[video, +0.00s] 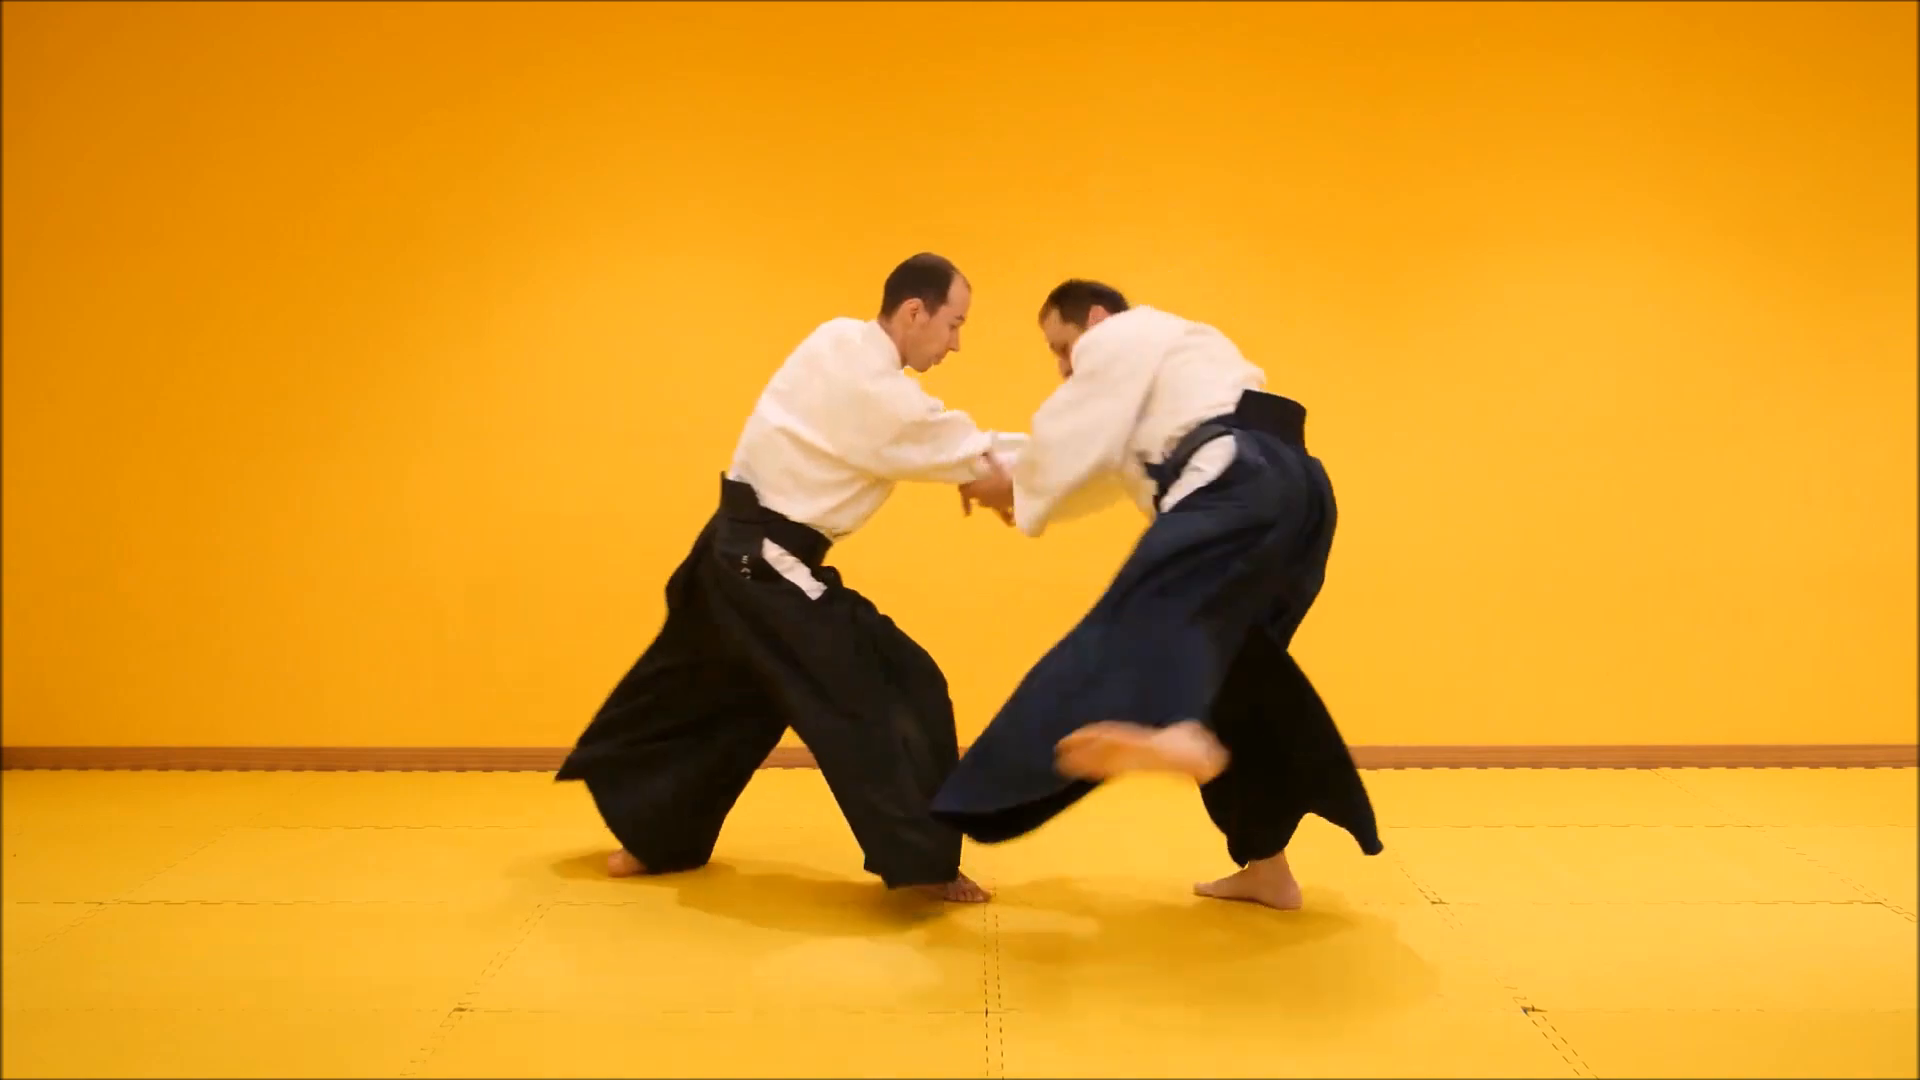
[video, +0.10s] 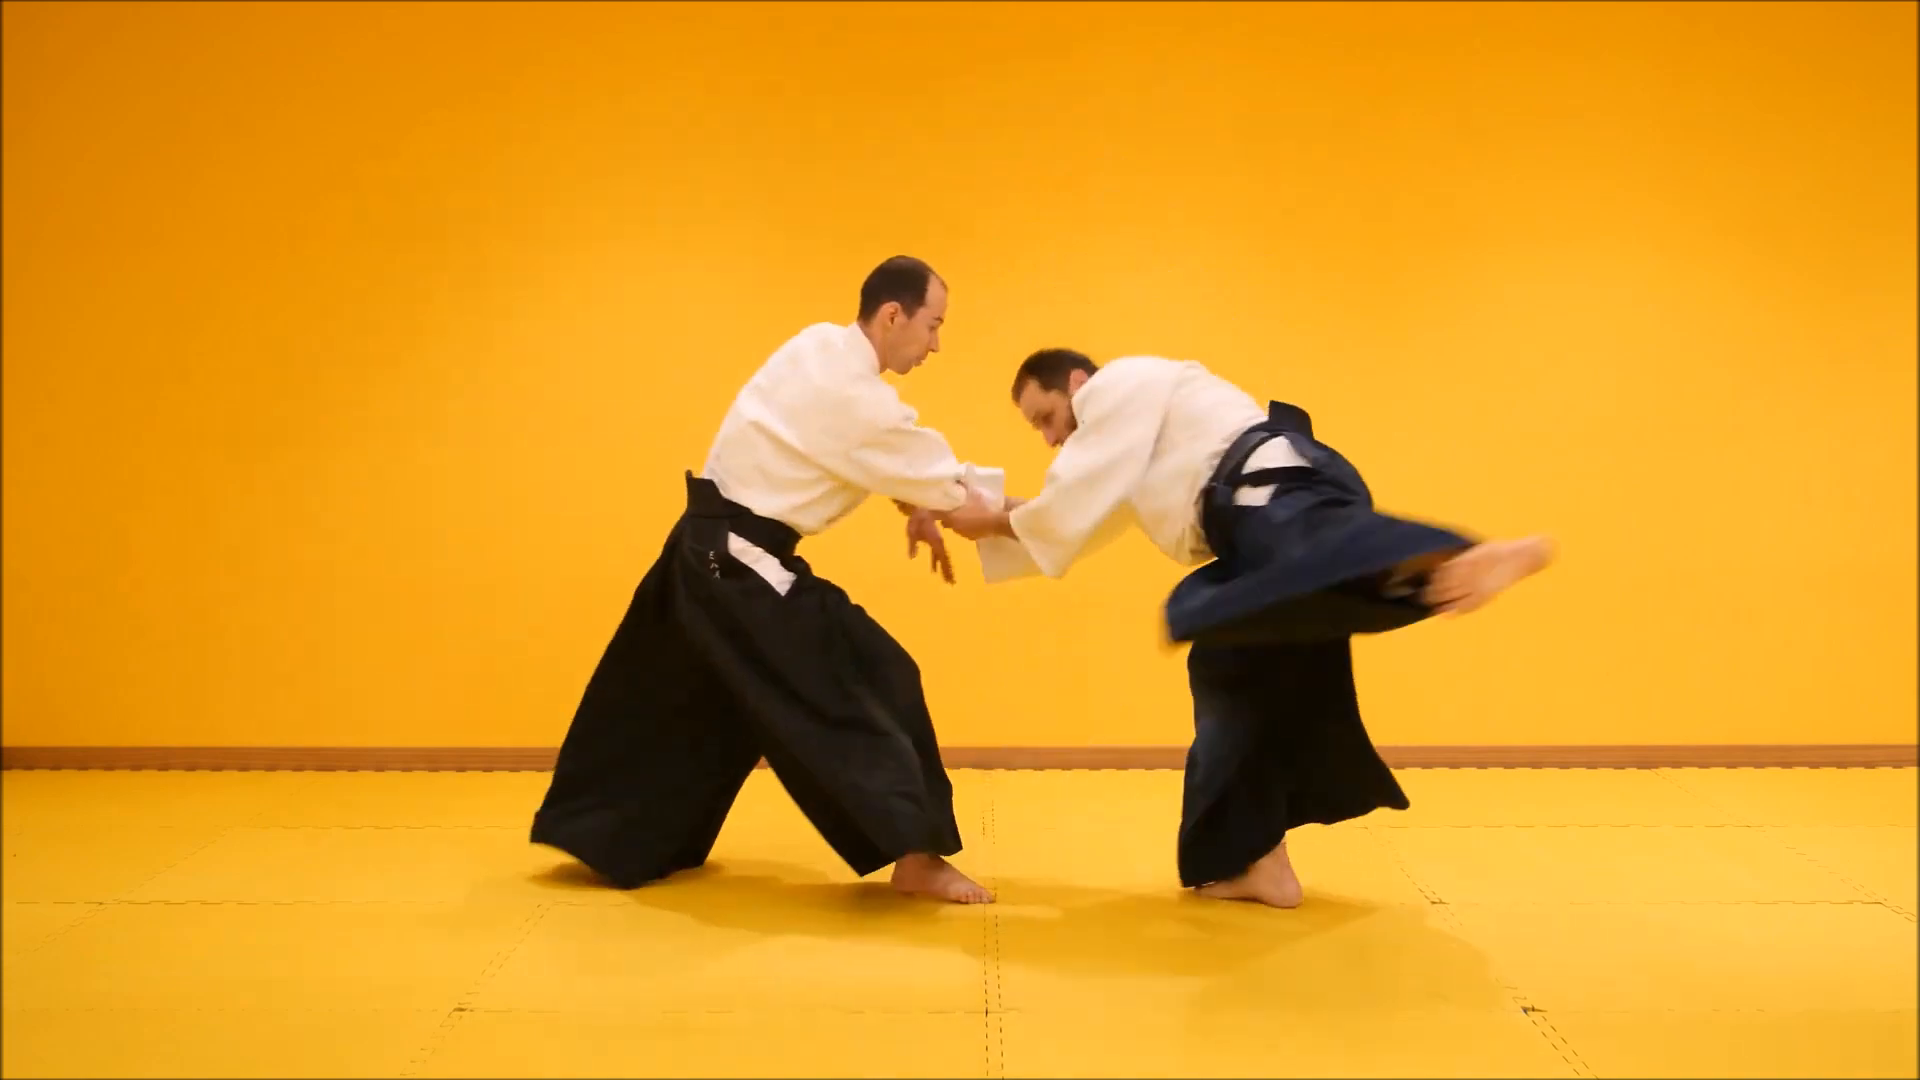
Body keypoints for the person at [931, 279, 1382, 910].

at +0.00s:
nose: (1062, 365)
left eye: (1061, 346)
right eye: (1056, 353)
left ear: (1097, 316)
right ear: (1112, 313)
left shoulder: (1120, 336)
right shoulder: (1175, 339)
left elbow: (1069, 438)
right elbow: (1112, 470)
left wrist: (1013, 485)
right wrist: (1017, 489)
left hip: (1242, 471)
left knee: (1156, 600)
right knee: (1234, 664)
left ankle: (1178, 724)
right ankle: (1266, 865)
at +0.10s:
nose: (1047, 436)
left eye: (1044, 418)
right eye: (1037, 428)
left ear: (1074, 379)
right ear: (1072, 398)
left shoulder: (1123, 382)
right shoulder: (1114, 436)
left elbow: (1077, 491)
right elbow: (1062, 535)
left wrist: (1002, 515)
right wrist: (967, 540)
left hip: (1268, 476)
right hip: (1238, 538)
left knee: (1305, 544)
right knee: (1228, 682)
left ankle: (1464, 565)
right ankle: (1262, 863)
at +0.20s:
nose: (1034, 487)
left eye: (1028, 467)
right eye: (1024, 478)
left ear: (1050, 429)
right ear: (1041, 454)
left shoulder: (1115, 424)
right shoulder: (1096, 468)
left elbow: (1058, 564)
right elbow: (1043, 585)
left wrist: (960, 556)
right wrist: (958, 563)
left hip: (1314, 505)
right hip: (1263, 560)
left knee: (1476, 526)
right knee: (1232, 685)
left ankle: (1687, 485)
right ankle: (1278, 863)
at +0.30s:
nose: (1044, 508)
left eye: (1036, 491)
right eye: (1029, 504)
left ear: (1053, 449)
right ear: (1033, 481)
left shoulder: (1125, 437)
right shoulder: (1099, 485)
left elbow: (1083, 577)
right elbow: (1075, 592)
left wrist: (988, 595)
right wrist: (983, 603)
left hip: (1337, 504)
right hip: (1276, 566)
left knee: (1514, 554)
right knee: (1221, 675)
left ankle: (1717, 536)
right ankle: (1285, 860)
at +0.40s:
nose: (1065, 505)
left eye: (1062, 484)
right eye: (1052, 496)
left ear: (1085, 444)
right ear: (1055, 476)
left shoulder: (1172, 432)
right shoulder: (1105, 489)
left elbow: (1130, 555)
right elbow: (1091, 589)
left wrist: (1032, 577)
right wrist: (1001, 625)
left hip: (1338, 510)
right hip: (1254, 569)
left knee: (1478, 597)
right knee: (1231, 703)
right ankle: (1279, 866)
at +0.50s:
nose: (1115, 458)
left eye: (1122, 442)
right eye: (1106, 447)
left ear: (1165, 416)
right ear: (1099, 438)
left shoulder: (1256, 418)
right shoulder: (1116, 466)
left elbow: (1189, 528)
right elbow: (1097, 558)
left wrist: (1063, 532)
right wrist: (1046, 618)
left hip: (1334, 555)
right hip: (1234, 578)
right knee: (1236, 716)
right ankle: (1275, 867)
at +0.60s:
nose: (1214, 402)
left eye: (1228, 386)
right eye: (1205, 385)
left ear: (1268, 373)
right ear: (1195, 374)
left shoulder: (1323, 401)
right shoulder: (1185, 417)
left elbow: (1304, 501)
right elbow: (1133, 512)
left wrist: (1174, 512)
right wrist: (1097, 594)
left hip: (1306, 574)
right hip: (1214, 578)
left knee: (1331, 707)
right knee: (1217, 710)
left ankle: (1307, 838)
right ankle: (1255, 862)